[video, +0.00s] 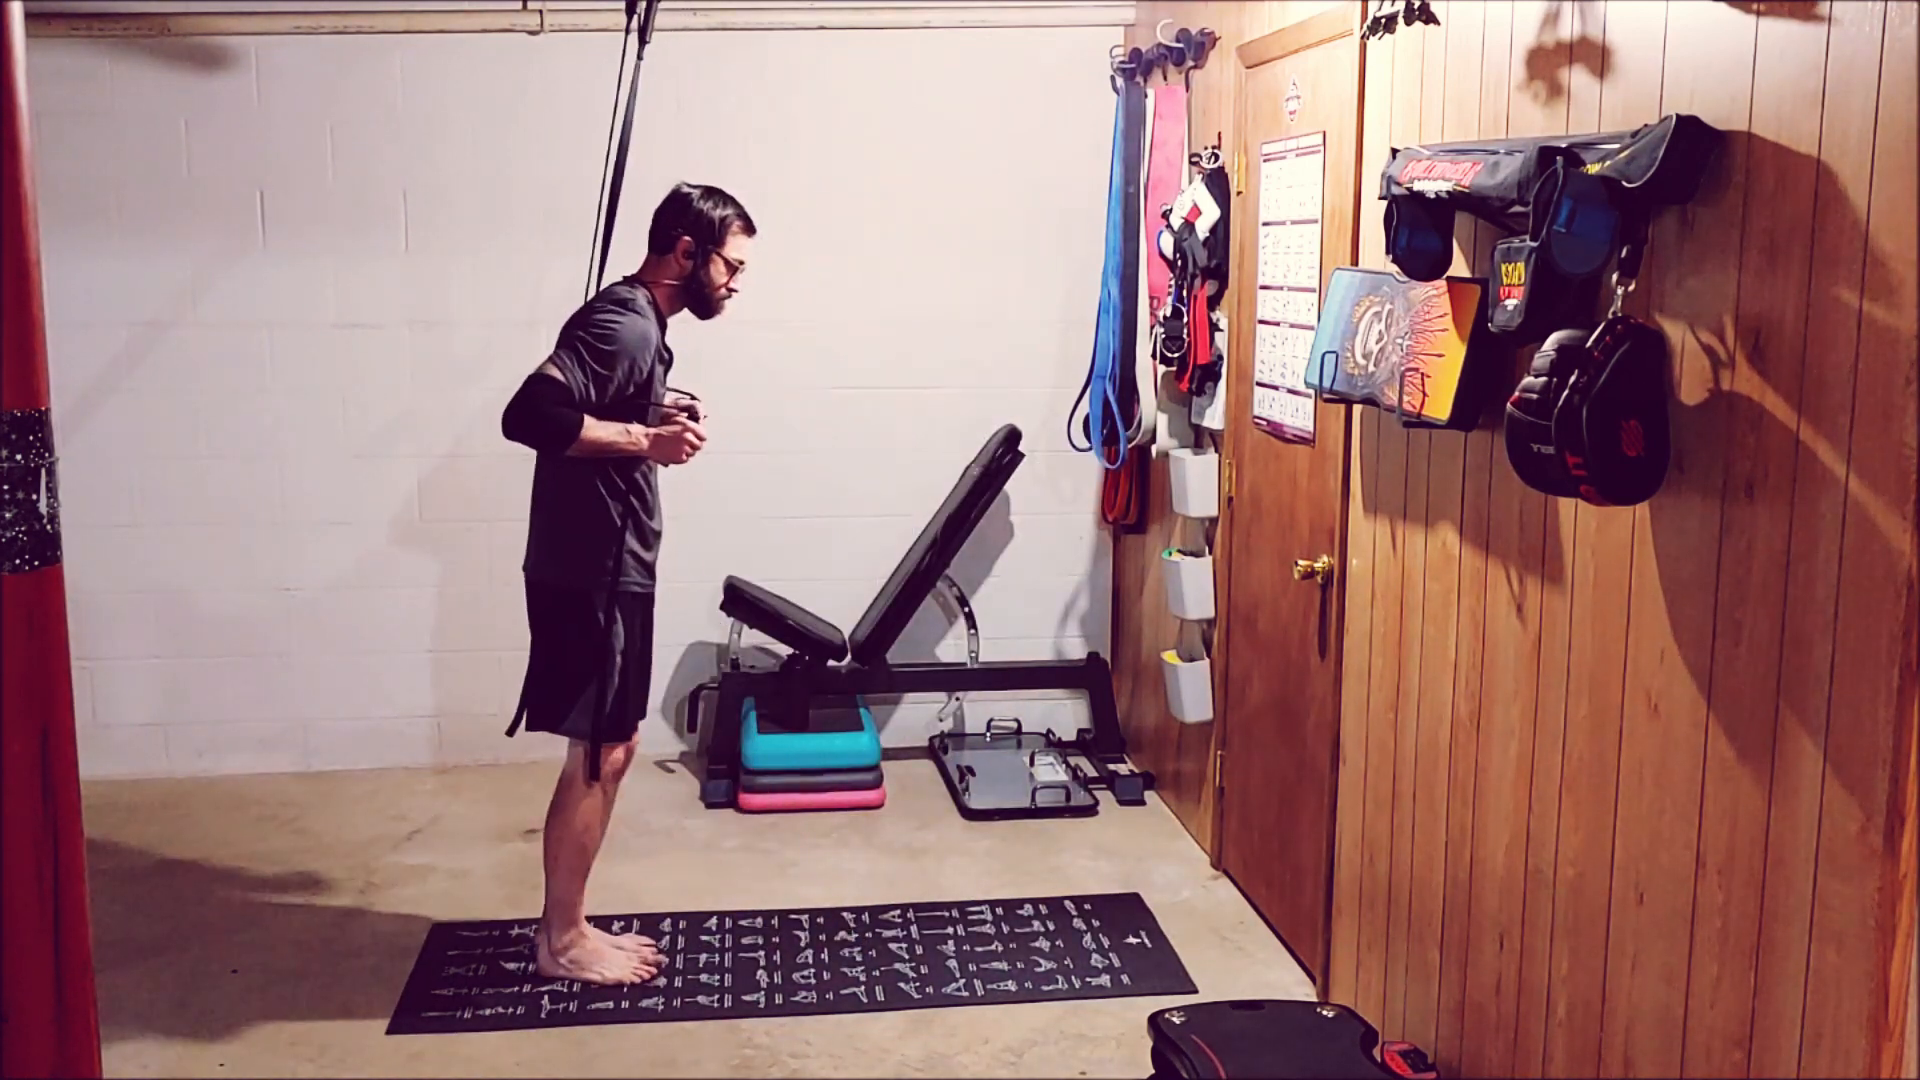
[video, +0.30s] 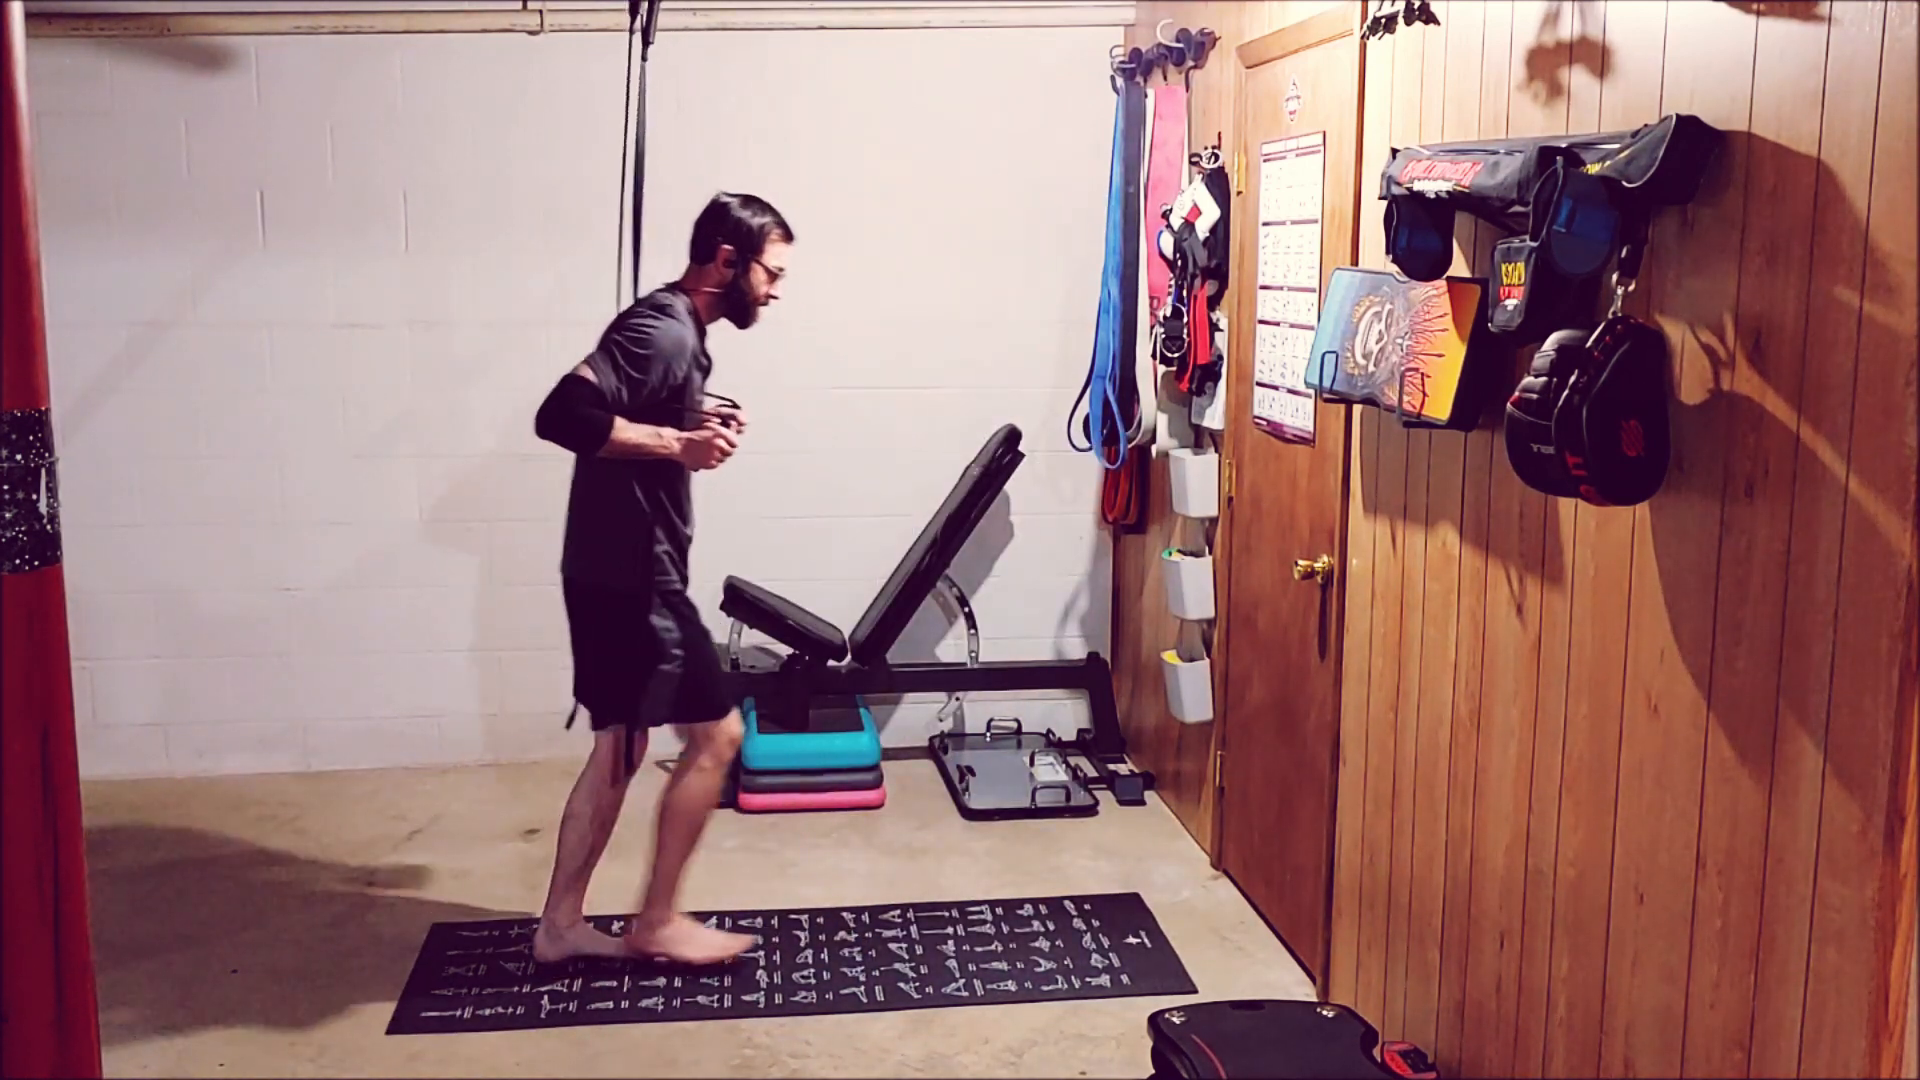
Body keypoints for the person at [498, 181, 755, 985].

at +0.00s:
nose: (737, 283)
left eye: (741, 268)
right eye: (731, 265)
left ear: (681, 257)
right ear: (683, 254)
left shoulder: (644, 325)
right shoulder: (621, 320)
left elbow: (588, 417)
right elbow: (530, 413)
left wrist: (658, 414)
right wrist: (644, 439)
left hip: (619, 575)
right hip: (594, 576)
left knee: (612, 748)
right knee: (601, 751)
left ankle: (569, 927)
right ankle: (561, 939)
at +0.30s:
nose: (777, 290)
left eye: (780, 275)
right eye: (772, 273)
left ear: (721, 262)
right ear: (724, 260)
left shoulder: (681, 332)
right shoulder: (659, 328)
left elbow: (622, 421)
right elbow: (561, 414)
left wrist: (698, 421)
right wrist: (674, 443)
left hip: (623, 575)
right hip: (635, 579)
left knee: (617, 748)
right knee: (717, 736)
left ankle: (560, 925)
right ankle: (657, 923)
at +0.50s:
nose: (848, 303)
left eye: (853, 288)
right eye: (844, 286)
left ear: (795, 275)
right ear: (797, 273)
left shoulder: (753, 337)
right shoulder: (733, 336)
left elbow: (700, 425)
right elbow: (631, 414)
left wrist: (771, 413)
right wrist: (747, 442)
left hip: (686, 578)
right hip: (696, 583)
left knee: (651, 744)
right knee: (783, 730)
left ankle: (565, 918)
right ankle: (780, 918)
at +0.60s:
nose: (894, 300)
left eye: (898, 286)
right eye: (890, 284)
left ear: (842, 274)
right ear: (845, 272)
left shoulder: (804, 336)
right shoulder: (784, 330)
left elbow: (745, 419)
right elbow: (681, 405)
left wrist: (822, 406)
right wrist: (794, 436)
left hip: (740, 576)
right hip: (736, 581)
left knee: (708, 743)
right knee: (813, 737)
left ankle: (583, 892)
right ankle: (785, 920)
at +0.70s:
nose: (939, 297)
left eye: (944, 283)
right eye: (934, 281)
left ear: (885, 268)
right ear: (888, 267)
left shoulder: (851, 327)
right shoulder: (831, 322)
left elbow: (796, 408)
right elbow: (734, 398)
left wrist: (868, 387)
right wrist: (847, 421)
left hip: (800, 570)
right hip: (793, 574)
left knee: (807, 747)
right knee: (844, 747)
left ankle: (670, 830)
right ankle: (790, 922)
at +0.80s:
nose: (978, 293)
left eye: (983, 278)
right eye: (974, 276)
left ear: (927, 265)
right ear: (931, 264)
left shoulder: (891, 318)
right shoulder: (873, 311)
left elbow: (813, 385)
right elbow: (789, 379)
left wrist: (903, 383)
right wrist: (895, 400)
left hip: (864, 557)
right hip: (840, 564)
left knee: (959, 671)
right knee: (863, 750)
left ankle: (795, 721)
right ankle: (791, 919)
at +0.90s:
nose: (1015, 282)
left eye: (1021, 268)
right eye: (1012, 266)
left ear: (967, 245)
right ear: (973, 247)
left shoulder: (930, 298)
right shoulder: (916, 289)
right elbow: (827, 349)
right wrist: (932, 381)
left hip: (918, 524)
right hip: (882, 539)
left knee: (1049, 579)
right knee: (888, 733)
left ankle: (908, 651)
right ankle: (799, 904)